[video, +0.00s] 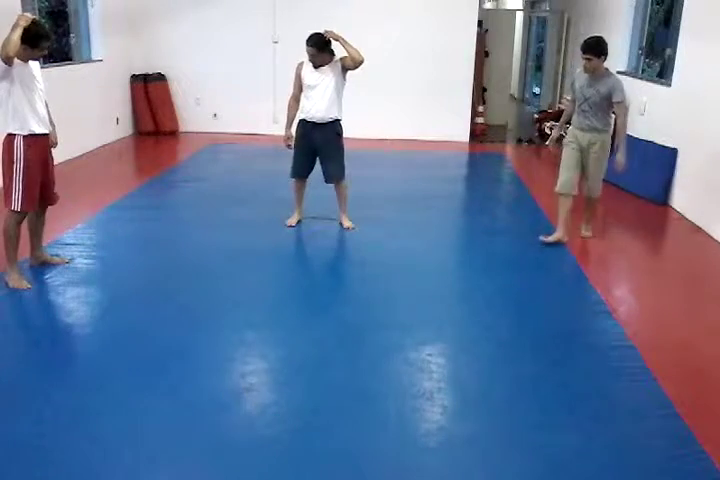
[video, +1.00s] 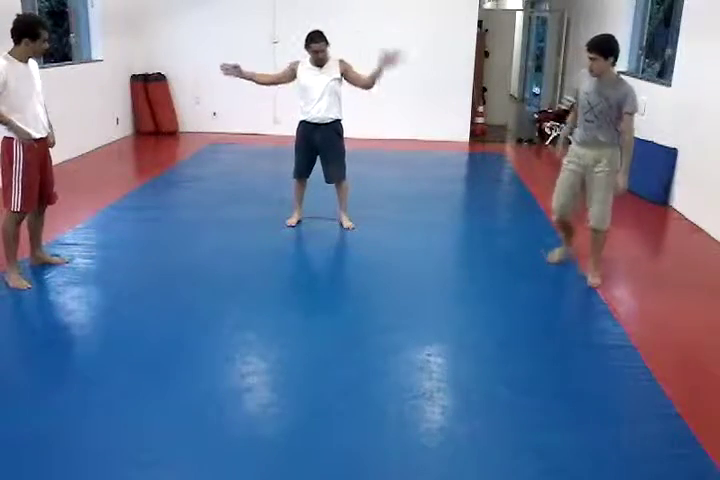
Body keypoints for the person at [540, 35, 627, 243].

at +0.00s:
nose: (584, 64)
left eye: (589, 60)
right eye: (583, 59)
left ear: (602, 59)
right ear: (582, 57)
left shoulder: (613, 83)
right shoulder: (578, 76)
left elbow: (621, 117)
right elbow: (570, 105)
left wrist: (620, 150)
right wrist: (558, 130)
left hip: (599, 138)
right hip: (575, 134)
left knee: (592, 188)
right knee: (565, 184)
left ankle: (587, 223)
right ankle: (561, 230)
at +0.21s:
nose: (576, 64)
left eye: (580, 59)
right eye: (575, 59)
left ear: (594, 59)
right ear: (574, 58)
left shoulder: (608, 83)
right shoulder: (571, 78)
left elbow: (615, 118)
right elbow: (564, 105)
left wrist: (608, 150)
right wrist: (553, 128)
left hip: (595, 142)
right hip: (569, 138)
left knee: (591, 193)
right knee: (563, 191)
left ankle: (587, 221)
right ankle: (560, 238)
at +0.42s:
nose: (574, 62)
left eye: (579, 57)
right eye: (572, 57)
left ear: (592, 56)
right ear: (571, 55)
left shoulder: (606, 81)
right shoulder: (565, 77)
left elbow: (613, 118)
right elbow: (554, 106)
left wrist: (609, 151)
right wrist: (538, 132)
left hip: (591, 143)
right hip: (564, 140)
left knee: (587, 197)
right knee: (555, 193)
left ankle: (582, 235)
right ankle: (559, 238)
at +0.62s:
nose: (577, 65)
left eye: (582, 60)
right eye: (575, 59)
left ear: (596, 60)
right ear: (573, 58)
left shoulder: (607, 86)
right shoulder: (565, 79)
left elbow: (616, 123)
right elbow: (551, 107)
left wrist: (614, 157)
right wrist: (533, 131)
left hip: (592, 149)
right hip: (564, 146)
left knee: (593, 204)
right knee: (556, 196)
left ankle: (592, 258)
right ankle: (560, 240)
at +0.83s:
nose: (585, 67)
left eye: (590, 63)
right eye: (584, 62)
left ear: (604, 62)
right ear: (585, 60)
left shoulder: (618, 93)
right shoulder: (576, 82)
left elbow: (620, 133)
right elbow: (563, 113)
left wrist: (619, 168)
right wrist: (544, 135)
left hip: (600, 154)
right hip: (572, 150)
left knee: (596, 216)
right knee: (561, 204)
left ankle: (593, 267)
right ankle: (561, 239)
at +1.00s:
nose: (589, 64)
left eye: (594, 60)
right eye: (588, 59)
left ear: (610, 60)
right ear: (589, 58)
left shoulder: (625, 91)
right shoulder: (586, 80)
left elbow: (627, 132)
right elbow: (576, 112)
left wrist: (624, 170)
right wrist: (563, 136)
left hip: (605, 155)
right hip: (577, 150)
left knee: (599, 218)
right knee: (560, 208)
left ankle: (594, 267)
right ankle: (567, 245)